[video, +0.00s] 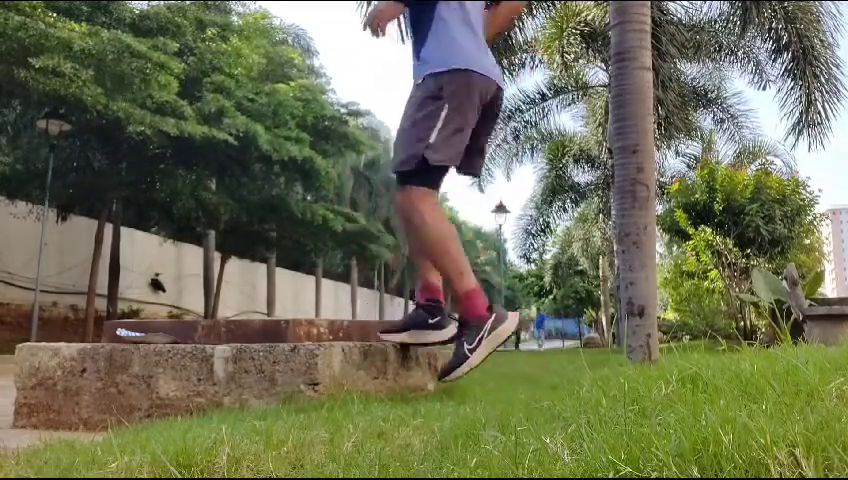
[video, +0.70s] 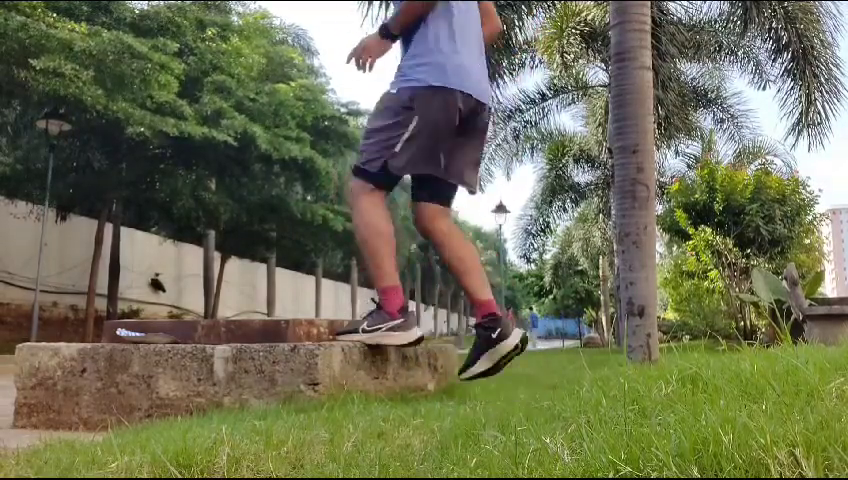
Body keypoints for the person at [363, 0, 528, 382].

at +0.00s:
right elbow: (515, 2)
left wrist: (392, 5)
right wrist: (474, 37)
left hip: (449, 66)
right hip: (487, 74)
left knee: (414, 194)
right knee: (415, 194)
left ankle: (478, 316)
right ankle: (430, 306)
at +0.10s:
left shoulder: (425, 3)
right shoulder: (492, 3)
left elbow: (430, 6)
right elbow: (531, 21)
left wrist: (401, 33)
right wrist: (489, 62)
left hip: (458, 95)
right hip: (496, 103)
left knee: (459, 239)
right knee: (395, 188)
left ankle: (505, 367)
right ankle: (446, 288)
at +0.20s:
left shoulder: (426, 2)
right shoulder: (492, 6)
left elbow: (450, 8)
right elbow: (534, 46)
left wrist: (403, 74)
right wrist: (498, 104)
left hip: (463, 127)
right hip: (496, 129)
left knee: (474, 258)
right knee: (399, 215)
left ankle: (525, 383)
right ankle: (470, 296)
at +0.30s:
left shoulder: (441, 4)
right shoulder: (498, 4)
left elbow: (464, 3)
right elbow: (535, 33)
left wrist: (409, 50)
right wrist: (493, 82)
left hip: (455, 108)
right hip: (490, 113)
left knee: (457, 245)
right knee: (423, 241)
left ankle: (517, 373)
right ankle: (499, 332)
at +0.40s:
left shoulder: (437, 4)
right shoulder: (488, 14)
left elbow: (482, 4)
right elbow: (524, 60)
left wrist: (419, 60)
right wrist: (483, 102)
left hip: (454, 121)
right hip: (503, 133)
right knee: (462, 258)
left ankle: (483, 321)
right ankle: (517, 372)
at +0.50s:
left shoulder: (434, 5)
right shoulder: (470, 15)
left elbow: (478, 8)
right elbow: (501, 71)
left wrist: (419, 77)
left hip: (454, 125)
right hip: (499, 139)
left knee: (355, 193)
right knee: (467, 266)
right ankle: (518, 376)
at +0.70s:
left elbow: (422, 2)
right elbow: (492, 23)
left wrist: (384, 34)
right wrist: (440, 49)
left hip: (428, 77)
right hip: (476, 89)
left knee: (366, 189)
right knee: (432, 214)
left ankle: (393, 308)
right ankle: (492, 321)